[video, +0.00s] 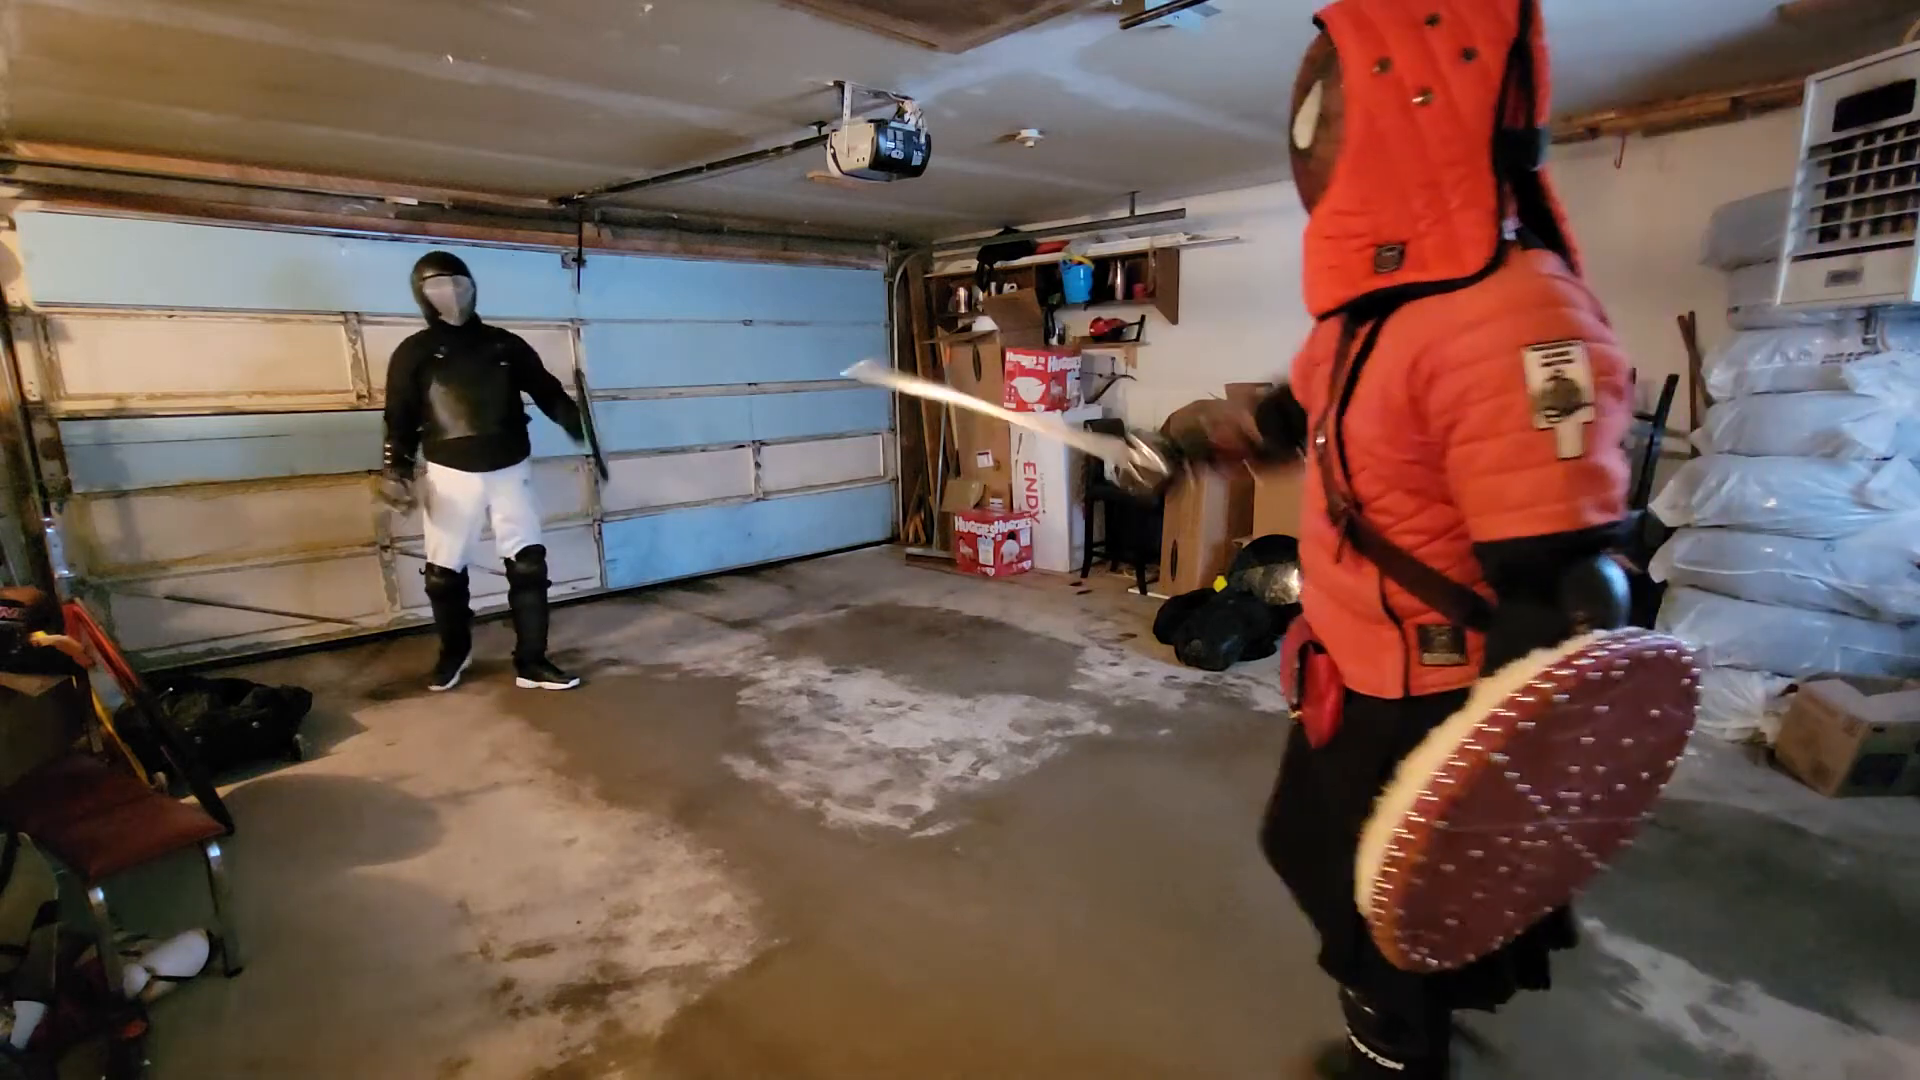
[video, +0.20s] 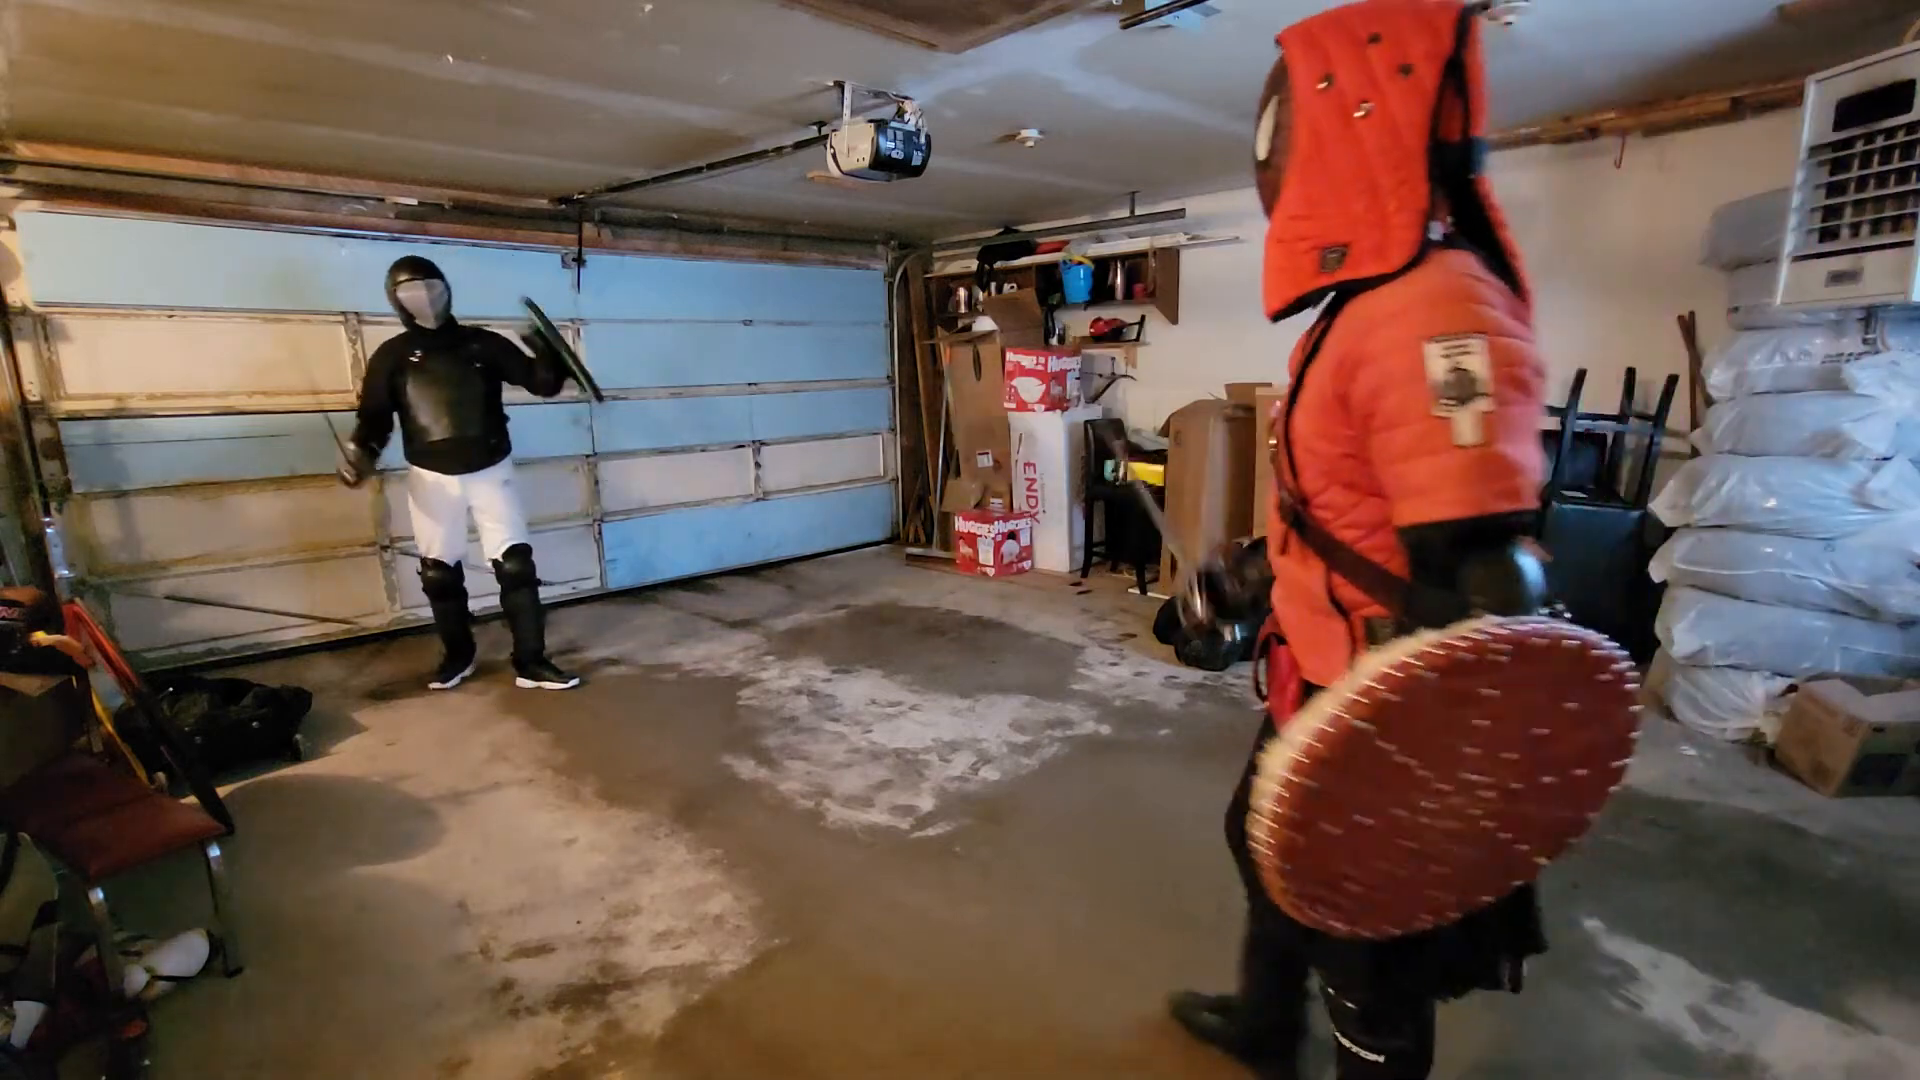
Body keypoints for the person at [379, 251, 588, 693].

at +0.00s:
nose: (451, 289)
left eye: (457, 280)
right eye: (438, 282)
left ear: (470, 287)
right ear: (423, 294)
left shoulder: (505, 345)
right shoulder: (412, 354)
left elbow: (546, 389)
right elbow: (399, 417)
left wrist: (574, 421)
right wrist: (397, 469)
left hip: (510, 473)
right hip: (449, 477)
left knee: (528, 564)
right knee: (443, 574)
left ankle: (532, 660)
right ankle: (454, 651)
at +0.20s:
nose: (425, 295)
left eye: (431, 284)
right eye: (412, 288)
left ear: (444, 288)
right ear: (398, 299)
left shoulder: (483, 344)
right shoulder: (390, 358)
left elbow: (543, 383)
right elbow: (373, 419)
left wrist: (549, 354)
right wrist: (361, 457)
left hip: (491, 473)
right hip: (431, 479)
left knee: (515, 563)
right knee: (438, 574)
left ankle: (530, 661)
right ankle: (459, 654)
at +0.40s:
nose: (406, 301)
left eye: (412, 290)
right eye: (393, 294)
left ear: (426, 291)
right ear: (379, 303)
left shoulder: (467, 341)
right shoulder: (375, 358)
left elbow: (530, 366)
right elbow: (353, 417)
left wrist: (501, 312)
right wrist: (333, 436)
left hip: (478, 471)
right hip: (420, 479)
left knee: (512, 555)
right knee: (431, 571)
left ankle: (521, 648)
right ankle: (458, 654)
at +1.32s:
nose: (408, 306)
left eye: (414, 295)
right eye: (395, 299)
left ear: (427, 296)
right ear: (379, 308)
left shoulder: (466, 347)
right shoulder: (372, 364)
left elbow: (513, 406)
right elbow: (361, 423)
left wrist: (510, 362)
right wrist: (366, 451)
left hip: (482, 473)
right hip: (422, 483)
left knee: (519, 558)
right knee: (433, 573)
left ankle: (547, 651)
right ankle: (459, 656)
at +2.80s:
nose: (455, 291)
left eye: (463, 279)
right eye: (441, 283)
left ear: (480, 280)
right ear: (428, 293)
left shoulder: (526, 342)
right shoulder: (419, 355)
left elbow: (591, 384)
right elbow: (381, 424)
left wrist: (563, 324)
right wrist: (385, 452)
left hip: (529, 496)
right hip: (459, 502)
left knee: (565, 595)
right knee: (454, 608)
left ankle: (589, 708)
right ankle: (482, 684)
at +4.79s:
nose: (520, 299)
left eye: (525, 289)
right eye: (509, 289)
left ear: (531, 293)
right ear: (478, 292)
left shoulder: (545, 349)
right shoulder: (441, 349)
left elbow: (605, 396)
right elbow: (410, 422)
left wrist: (590, 336)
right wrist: (450, 464)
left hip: (538, 495)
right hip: (470, 498)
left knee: (568, 594)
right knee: (464, 601)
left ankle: (572, 701)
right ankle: (481, 684)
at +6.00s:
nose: (459, 304)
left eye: (464, 295)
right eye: (445, 296)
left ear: (473, 300)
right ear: (422, 306)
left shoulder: (495, 354)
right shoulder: (399, 362)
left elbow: (558, 394)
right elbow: (355, 431)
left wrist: (531, 340)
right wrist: (388, 476)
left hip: (502, 491)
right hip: (438, 499)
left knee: (563, 569)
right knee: (437, 599)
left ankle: (586, 653)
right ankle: (468, 673)